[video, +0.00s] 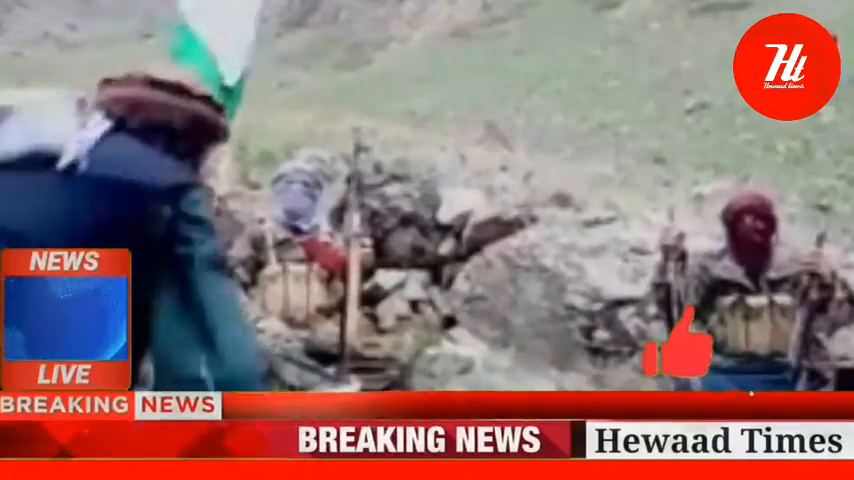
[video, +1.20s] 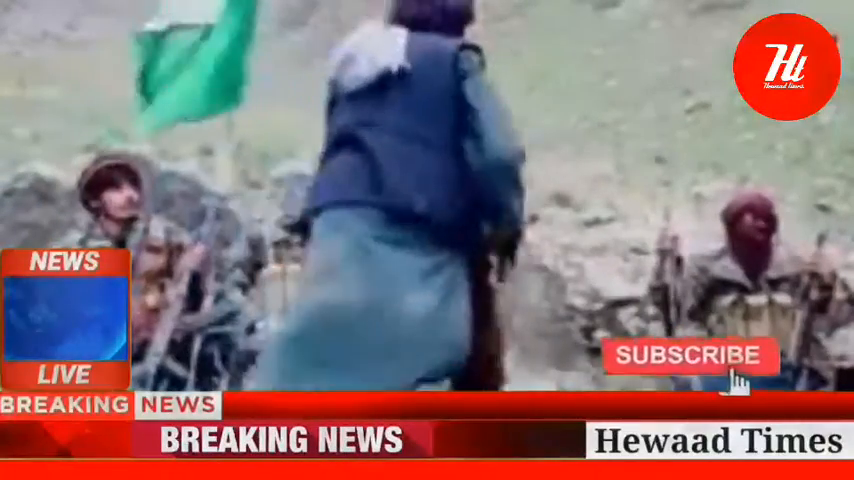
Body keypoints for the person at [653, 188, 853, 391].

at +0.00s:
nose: (758, 225)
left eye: (764, 219)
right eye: (749, 217)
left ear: (773, 228)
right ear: (732, 225)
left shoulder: (795, 270)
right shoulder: (706, 268)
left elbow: (826, 322)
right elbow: (675, 316)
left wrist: (828, 285)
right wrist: (669, 264)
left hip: (782, 372)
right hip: (722, 373)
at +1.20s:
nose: (763, 225)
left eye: (768, 219)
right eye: (754, 217)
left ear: (774, 226)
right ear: (732, 223)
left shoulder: (795, 270)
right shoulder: (703, 269)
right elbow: (679, 316)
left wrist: (828, 291)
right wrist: (668, 266)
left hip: (786, 375)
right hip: (722, 376)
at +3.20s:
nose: (758, 238)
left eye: (766, 228)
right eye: (748, 229)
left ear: (775, 231)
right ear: (733, 233)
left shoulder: (796, 272)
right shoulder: (706, 272)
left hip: (784, 374)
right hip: (723, 375)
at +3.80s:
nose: (746, 232)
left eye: (750, 224)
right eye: (734, 225)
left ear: (759, 229)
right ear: (714, 233)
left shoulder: (783, 272)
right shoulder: (687, 277)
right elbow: (675, 336)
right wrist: (725, 367)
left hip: (782, 368)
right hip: (722, 373)